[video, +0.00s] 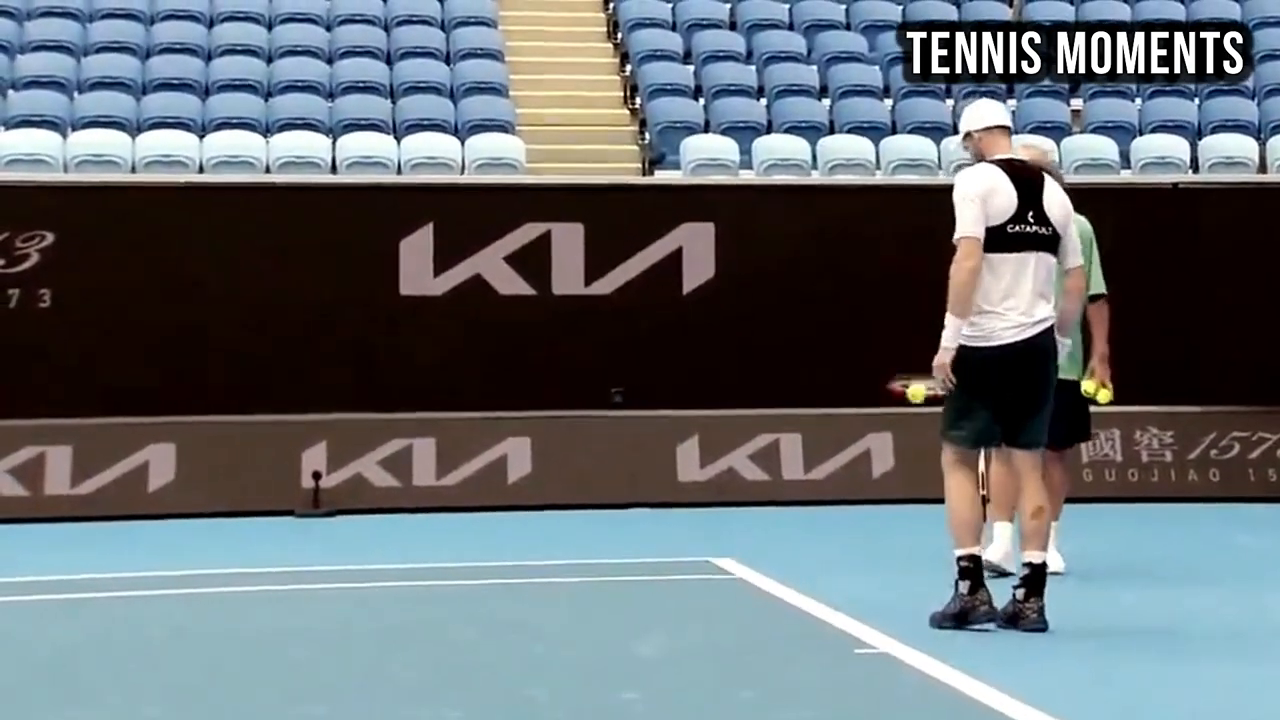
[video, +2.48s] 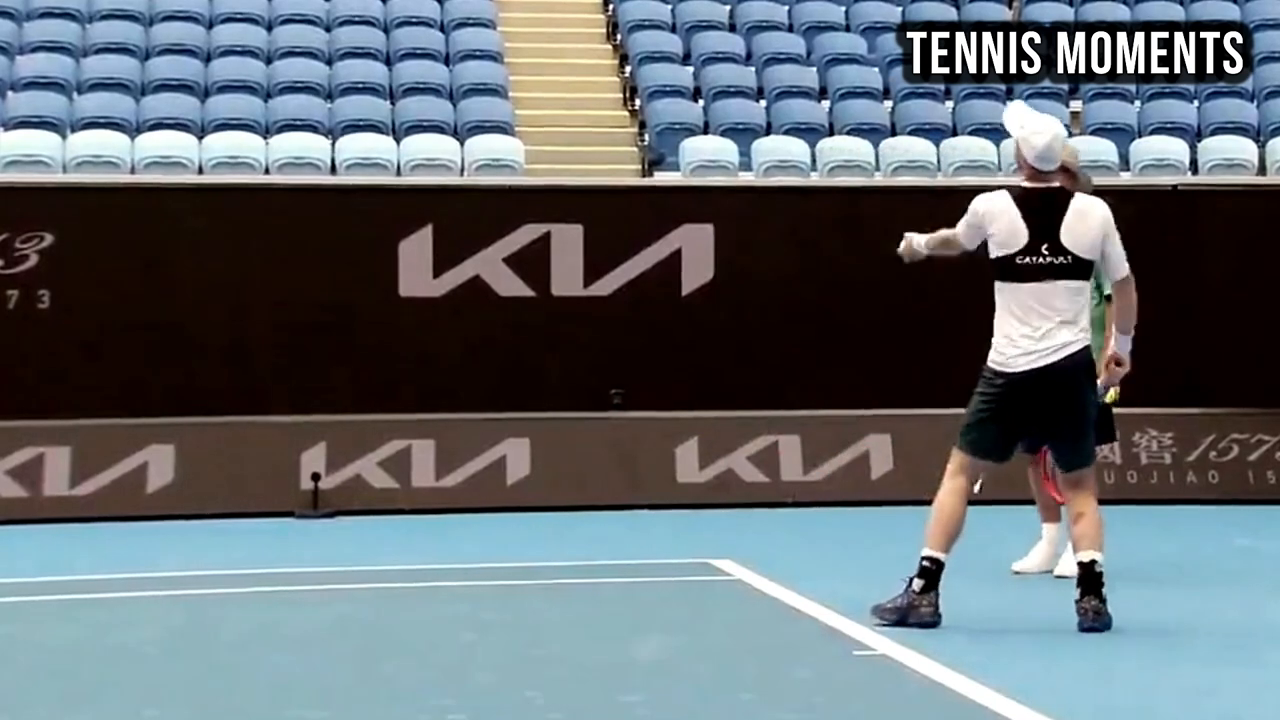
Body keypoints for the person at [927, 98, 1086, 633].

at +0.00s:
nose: (966, 148)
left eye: (966, 141)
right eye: (970, 139)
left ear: (972, 138)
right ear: (1011, 131)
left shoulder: (974, 180)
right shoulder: (1055, 189)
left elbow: (968, 258)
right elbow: (1074, 281)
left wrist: (949, 340)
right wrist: (1057, 337)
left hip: (982, 347)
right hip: (1037, 348)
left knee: (957, 459)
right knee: (1030, 464)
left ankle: (971, 591)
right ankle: (1031, 598)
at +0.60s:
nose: (897, 159)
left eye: (899, 149)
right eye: (897, 150)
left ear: (917, 144)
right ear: (940, 140)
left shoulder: (917, 197)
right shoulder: (998, 187)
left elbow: (908, 285)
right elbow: (1034, 272)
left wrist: (885, 362)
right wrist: (1033, 348)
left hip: (952, 353)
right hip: (1009, 349)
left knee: (926, 467)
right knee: (1013, 467)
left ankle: (914, 590)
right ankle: (1027, 595)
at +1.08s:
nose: (822, 173)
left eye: (825, 163)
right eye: (821, 164)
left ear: (849, 161)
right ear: (867, 160)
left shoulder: (848, 219)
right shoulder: (922, 190)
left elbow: (849, 309)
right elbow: (972, 269)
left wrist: (842, 392)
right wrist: (950, 324)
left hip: (919, 353)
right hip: (975, 337)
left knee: (909, 472)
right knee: (994, 458)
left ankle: (914, 595)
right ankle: (1027, 583)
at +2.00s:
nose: (894, 187)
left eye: (898, 177)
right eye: (894, 178)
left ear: (918, 178)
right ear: (938, 178)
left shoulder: (914, 238)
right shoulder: (992, 204)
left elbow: (910, 329)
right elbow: (1005, 300)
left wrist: (902, 409)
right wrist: (958, 383)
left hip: (986, 361)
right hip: (1046, 350)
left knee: (944, 472)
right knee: (1056, 474)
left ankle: (915, 595)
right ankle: (1090, 595)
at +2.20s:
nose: (944, 177)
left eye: (948, 167)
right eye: (946, 167)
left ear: (967, 170)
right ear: (993, 168)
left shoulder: (956, 234)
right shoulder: (1045, 205)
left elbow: (969, 323)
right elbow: (1058, 286)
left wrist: (976, 395)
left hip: (1011, 373)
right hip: (1071, 363)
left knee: (959, 476)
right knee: (1076, 481)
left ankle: (917, 593)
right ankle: (1092, 597)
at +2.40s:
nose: (1002, 157)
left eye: (1002, 153)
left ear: (1007, 160)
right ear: (1050, 159)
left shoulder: (986, 216)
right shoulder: (1090, 212)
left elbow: (970, 288)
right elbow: (1115, 295)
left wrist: (952, 341)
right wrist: (1110, 353)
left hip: (1012, 373)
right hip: (1074, 369)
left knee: (962, 471)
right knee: (1081, 484)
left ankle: (921, 592)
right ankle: (1092, 597)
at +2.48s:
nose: (1013, 152)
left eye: (1015, 149)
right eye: (1023, 149)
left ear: (1019, 158)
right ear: (1062, 159)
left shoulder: (992, 206)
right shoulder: (1094, 212)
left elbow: (957, 241)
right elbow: (1123, 286)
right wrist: (1120, 346)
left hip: (1009, 371)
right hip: (1072, 369)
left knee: (960, 474)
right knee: (1080, 488)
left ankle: (923, 591)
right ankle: (1091, 597)